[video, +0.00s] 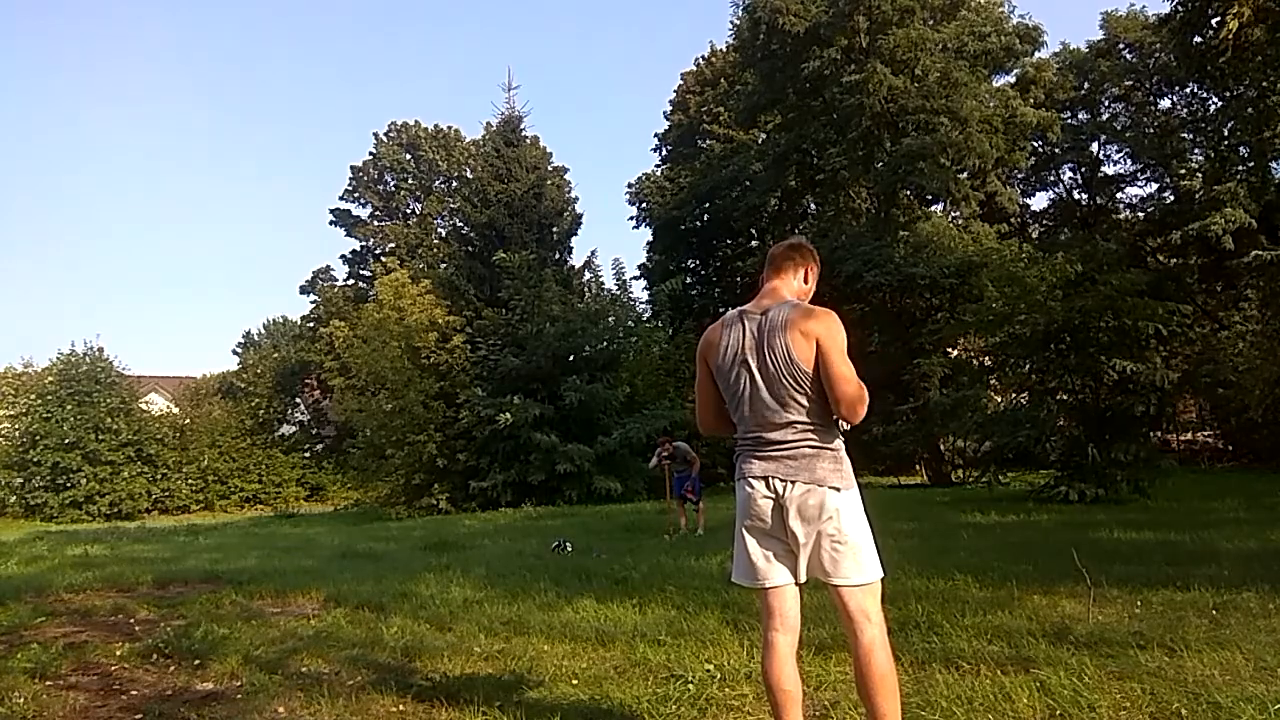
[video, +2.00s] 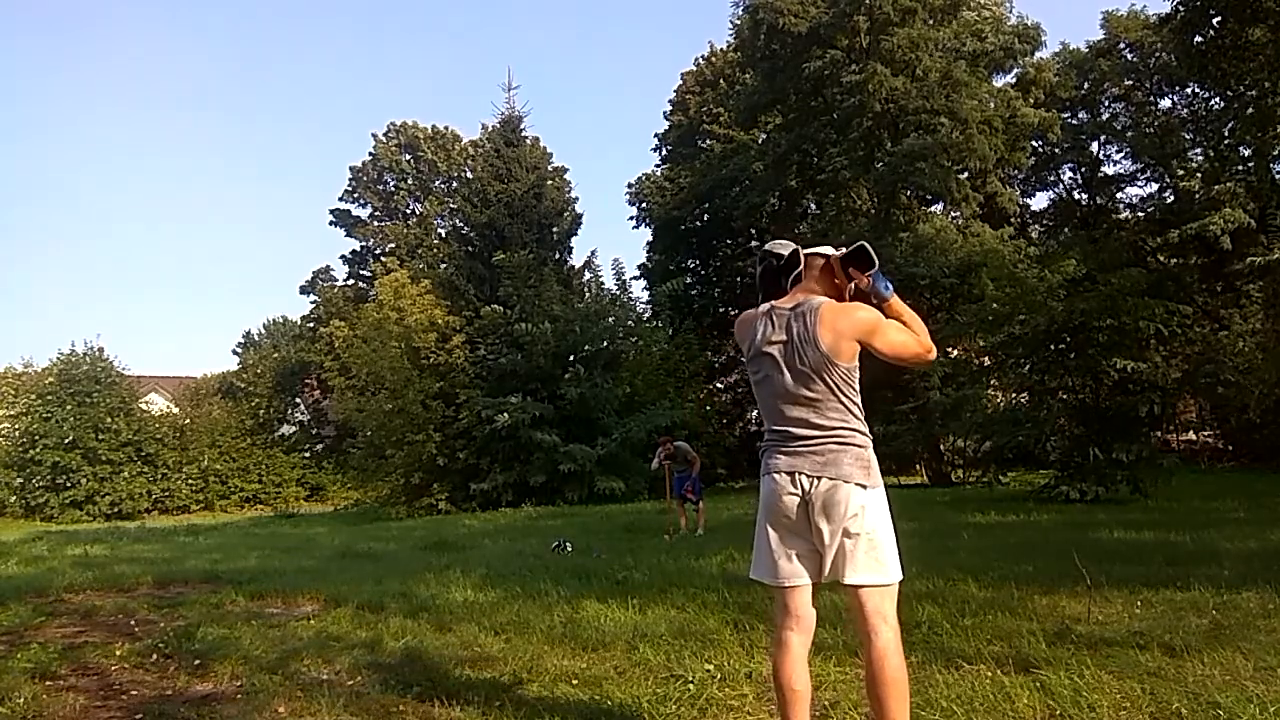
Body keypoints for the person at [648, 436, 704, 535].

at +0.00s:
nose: (667, 452)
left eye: (668, 449)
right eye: (664, 450)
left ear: (671, 446)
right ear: (661, 449)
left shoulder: (682, 447)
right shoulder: (660, 451)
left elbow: (696, 462)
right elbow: (650, 466)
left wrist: (692, 480)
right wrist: (659, 459)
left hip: (690, 473)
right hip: (677, 475)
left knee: (697, 501)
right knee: (679, 502)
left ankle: (700, 528)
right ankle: (683, 528)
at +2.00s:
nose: (668, 452)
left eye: (669, 449)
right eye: (665, 450)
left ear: (673, 445)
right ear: (662, 449)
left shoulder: (682, 447)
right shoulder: (661, 451)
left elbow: (697, 461)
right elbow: (653, 467)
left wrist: (692, 480)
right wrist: (660, 460)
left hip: (690, 472)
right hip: (677, 474)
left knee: (697, 501)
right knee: (679, 502)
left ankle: (700, 527)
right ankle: (683, 528)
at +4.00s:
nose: (669, 448)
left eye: (670, 446)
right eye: (667, 446)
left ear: (673, 442)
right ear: (664, 445)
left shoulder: (683, 443)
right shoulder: (662, 449)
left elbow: (697, 458)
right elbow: (659, 467)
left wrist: (692, 472)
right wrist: (664, 470)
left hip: (690, 473)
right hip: (678, 475)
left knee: (697, 500)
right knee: (680, 503)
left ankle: (700, 527)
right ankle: (683, 528)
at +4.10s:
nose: (669, 444)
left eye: (670, 442)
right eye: (666, 443)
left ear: (673, 438)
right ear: (663, 442)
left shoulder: (683, 442)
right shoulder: (662, 447)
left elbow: (697, 455)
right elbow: (660, 462)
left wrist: (690, 470)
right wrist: (664, 470)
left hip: (690, 471)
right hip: (677, 473)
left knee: (696, 499)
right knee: (679, 502)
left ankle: (700, 527)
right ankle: (683, 528)